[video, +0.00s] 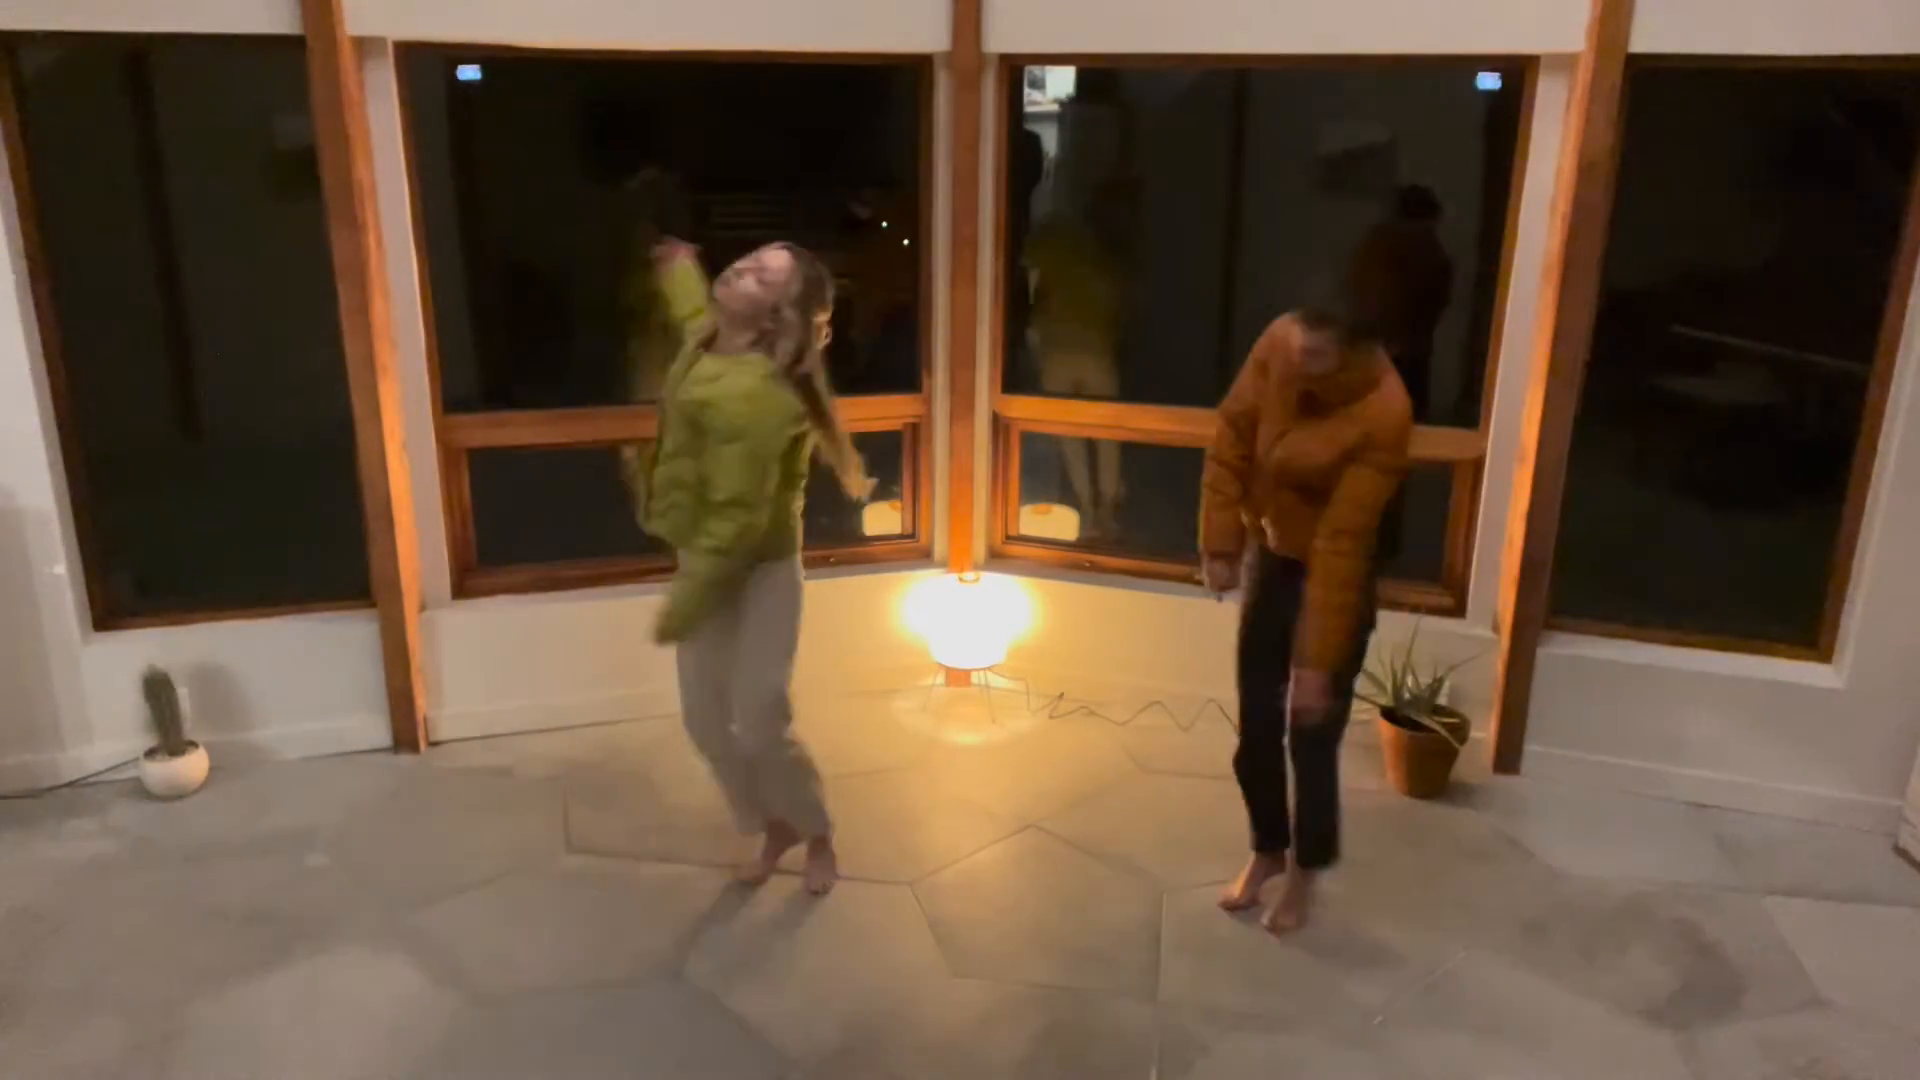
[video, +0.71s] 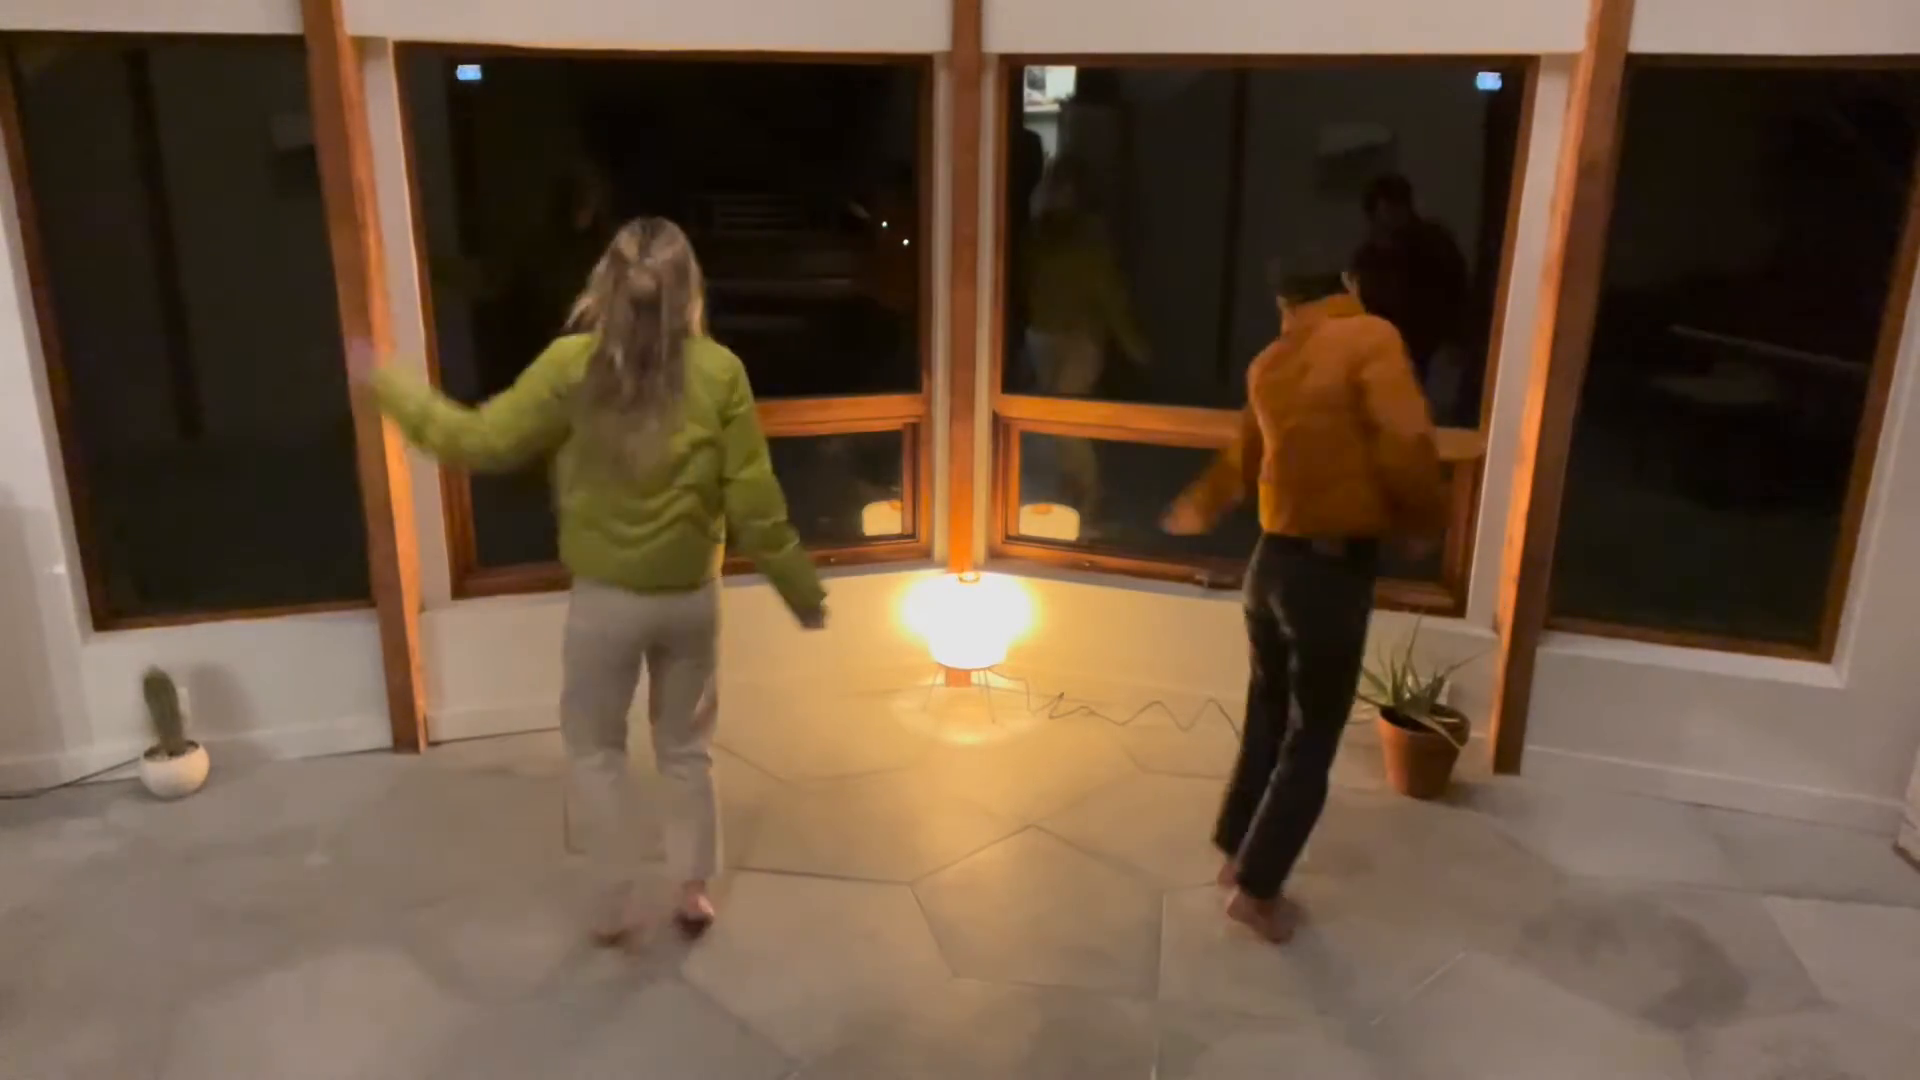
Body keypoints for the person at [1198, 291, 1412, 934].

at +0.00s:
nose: (1302, 357)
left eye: (1320, 352)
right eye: (1302, 342)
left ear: (1357, 351)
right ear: (1297, 329)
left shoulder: (1385, 412)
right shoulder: (1281, 343)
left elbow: (1345, 541)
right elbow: (1231, 433)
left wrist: (1317, 659)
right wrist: (1220, 539)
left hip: (1337, 577)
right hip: (1274, 562)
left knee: (1311, 731)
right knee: (1257, 724)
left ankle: (1303, 871)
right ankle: (1266, 853)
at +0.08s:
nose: (1331, 355)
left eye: (1349, 347)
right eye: (1329, 337)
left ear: (1383, 350)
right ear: (1321, 320)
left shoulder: (1399, 415)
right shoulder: (1287, 337)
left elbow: (1374, 538)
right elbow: (1226, 431)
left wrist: (1369, 657)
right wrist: (1222, 540)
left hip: (1332, 574)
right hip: (1260, 561)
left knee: (1309, 725)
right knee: (1248, 714)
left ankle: (1286, 864)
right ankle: (1261, 848)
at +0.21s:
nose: (1374, 340)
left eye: (1393, 332)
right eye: (1369, 319)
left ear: (1409, 335)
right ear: (1345, 301)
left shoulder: (1406, 404)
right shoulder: (1292, 335)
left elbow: (1421, 521)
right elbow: (1227, 430)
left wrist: (1463, 628)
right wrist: (1250, 537)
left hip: (1331, 567)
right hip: (1255, 554)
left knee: (1316, 733)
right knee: (1239, 725)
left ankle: (1294, 882)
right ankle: (1219, 850)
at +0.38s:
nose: (1408, 330)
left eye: (1416, 319)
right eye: (1400, 312)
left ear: (1413, 322)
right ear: (1359, 300)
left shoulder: (1378, 380)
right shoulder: (1302, 340)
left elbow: (1415, 497)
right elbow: (1258, 453)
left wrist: (1486, 583)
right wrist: (1315, 549)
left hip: (1322, 568)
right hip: (1266, 557)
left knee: (1300, 728)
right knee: (1259, 725)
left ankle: (1255, 841)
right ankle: (1216, 851)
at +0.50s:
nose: (1399, 323)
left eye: (1408, 312)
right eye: (1395, 305)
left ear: (1371, 301)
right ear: (1360, 294)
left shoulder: (1339, 349)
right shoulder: (1322, 345)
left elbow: (1357, 450)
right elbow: (1307, 460)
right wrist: (1368, 537)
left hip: (1304, 568)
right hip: (1289, 571)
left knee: (1295, 730)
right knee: (1325, 751)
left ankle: (1255, 845)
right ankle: (1235, 852)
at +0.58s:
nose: (1397, 315)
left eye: (1402, 302)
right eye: (1393, 299)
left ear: (1360, 286)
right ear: (1359, 286)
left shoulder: (1316, 331)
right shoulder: (1342, 334)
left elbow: (1266, 430)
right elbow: (1340, 444)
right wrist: (1389, 520)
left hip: (1282, 563)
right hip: (1301, 571)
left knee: (1287, 728)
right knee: (1324, 742)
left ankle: (1254, 856)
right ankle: (1259, 877)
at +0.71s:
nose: (1276, 317)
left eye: (1278, 306)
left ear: (1285, 302)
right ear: (1342, 286)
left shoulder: (1269, 364)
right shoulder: (1372, 340)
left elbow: (1243, 459)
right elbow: (1405, 441)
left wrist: (1190, 510)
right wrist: (1430, 513)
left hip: (1270, 563)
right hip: (1332, 571)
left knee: (1268, 714)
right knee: (1313, 735)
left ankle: (1236, 852)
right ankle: (1258, 887)